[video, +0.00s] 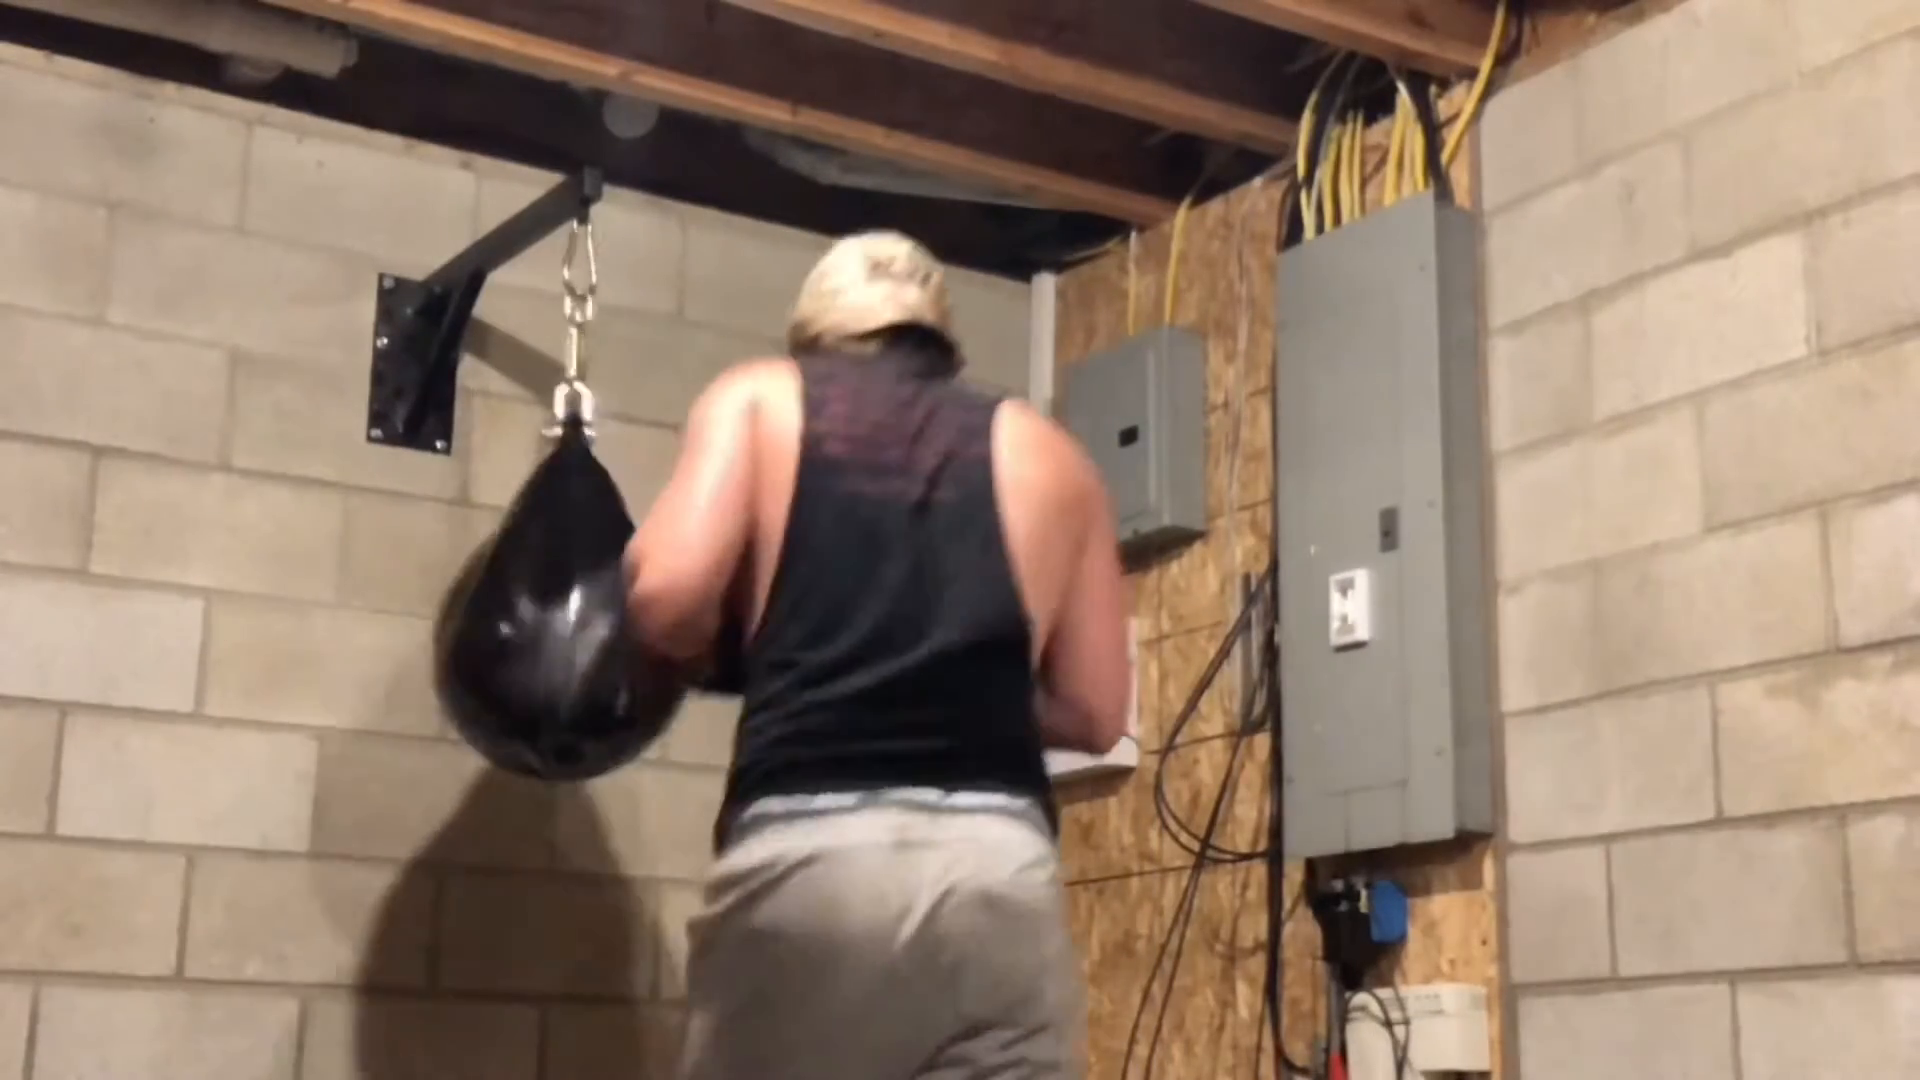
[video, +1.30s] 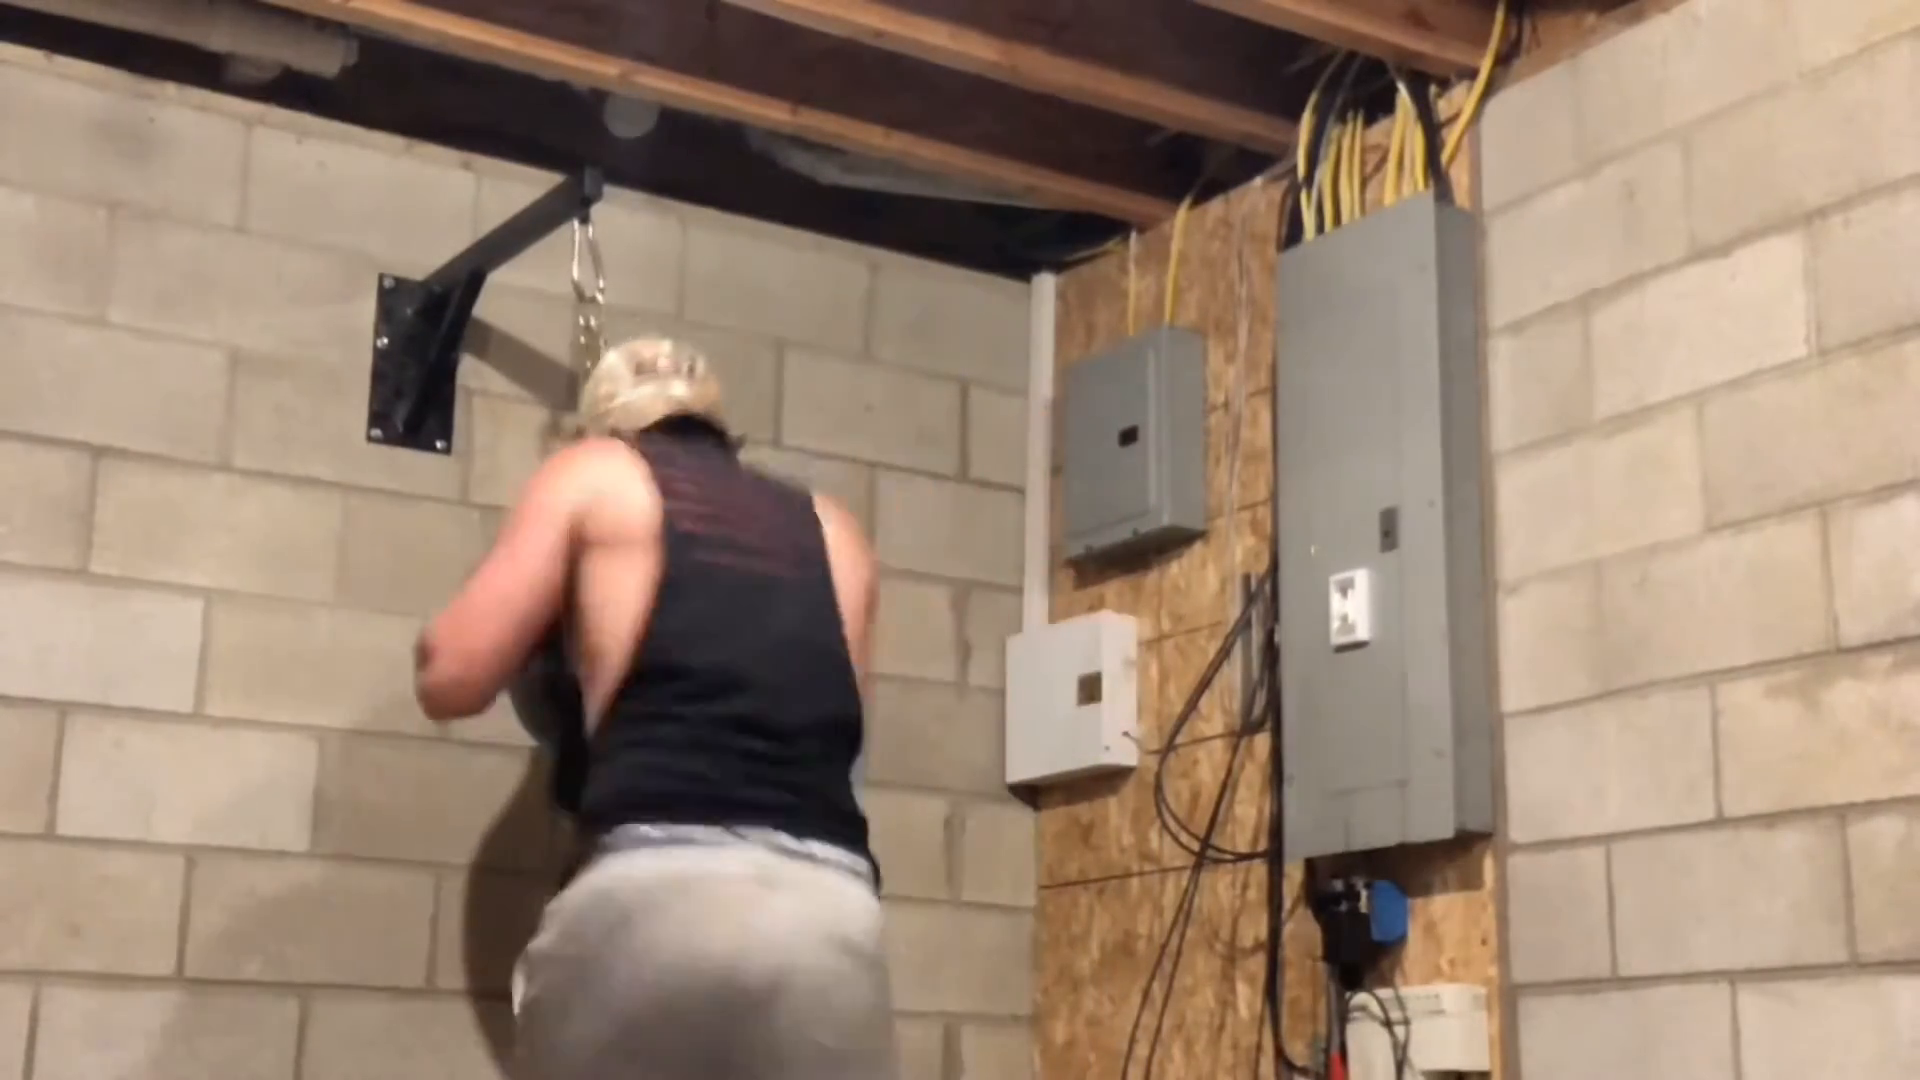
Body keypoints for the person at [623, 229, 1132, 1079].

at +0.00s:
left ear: (811, 331)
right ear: (943, 336)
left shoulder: (754, 397)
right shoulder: (1052, 453)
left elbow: (665, 599)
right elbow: (1092, 714)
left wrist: (723, 655)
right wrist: (944, 695)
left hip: (803, 865)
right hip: (1003, 872)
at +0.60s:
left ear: (798, 344)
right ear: (932, 346)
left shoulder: (727, 428)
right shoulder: (1047, 454)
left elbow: (642, 637)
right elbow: (1114, 712)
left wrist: (750, 671)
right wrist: (976, 679)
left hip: (795, 883)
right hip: (994, 879)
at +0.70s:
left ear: (753, 359)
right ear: (886, 353)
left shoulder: (680, 454)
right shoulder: (1002, 450)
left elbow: (602, 678)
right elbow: (1081, 692)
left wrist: (719, 681)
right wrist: (954, 657)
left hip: (761, 890)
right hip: (960, 881)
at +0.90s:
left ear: (685, 379)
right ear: (815, 359)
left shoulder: (611, 479)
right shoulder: (915, 427)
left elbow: (554, 713)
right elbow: (1018, 663)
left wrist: (695, 675)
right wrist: (891, 622)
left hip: (680, 878)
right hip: (874, 863)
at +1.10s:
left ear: (637, 399)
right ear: (765, 383)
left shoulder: (572, 486)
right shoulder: (871, 449)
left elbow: (512, 718)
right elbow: (952, 686)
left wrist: (636, 640)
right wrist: (834, 612)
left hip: (626, 886)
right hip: (817, 881)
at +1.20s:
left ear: (616, 404)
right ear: (738, 395)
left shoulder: (569, 473)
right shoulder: (858, 479)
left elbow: (477, 704)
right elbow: (903, 722)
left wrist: (579, 627)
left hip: (629, 881)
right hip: (819, 882)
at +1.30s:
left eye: (589, 423)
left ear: (606, 421)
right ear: (718, 423)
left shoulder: (591, 472)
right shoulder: (837, 527)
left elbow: (450, 682)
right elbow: (845, 703)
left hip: (651, 895)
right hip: (832, 917)